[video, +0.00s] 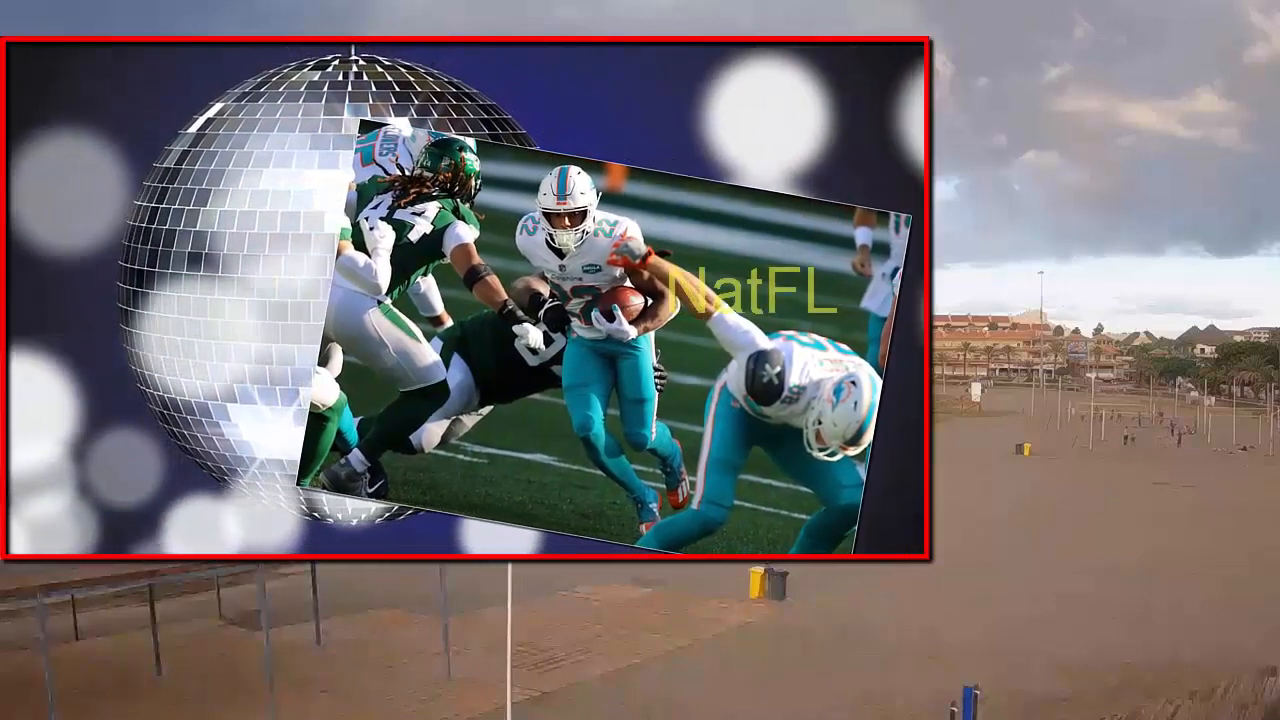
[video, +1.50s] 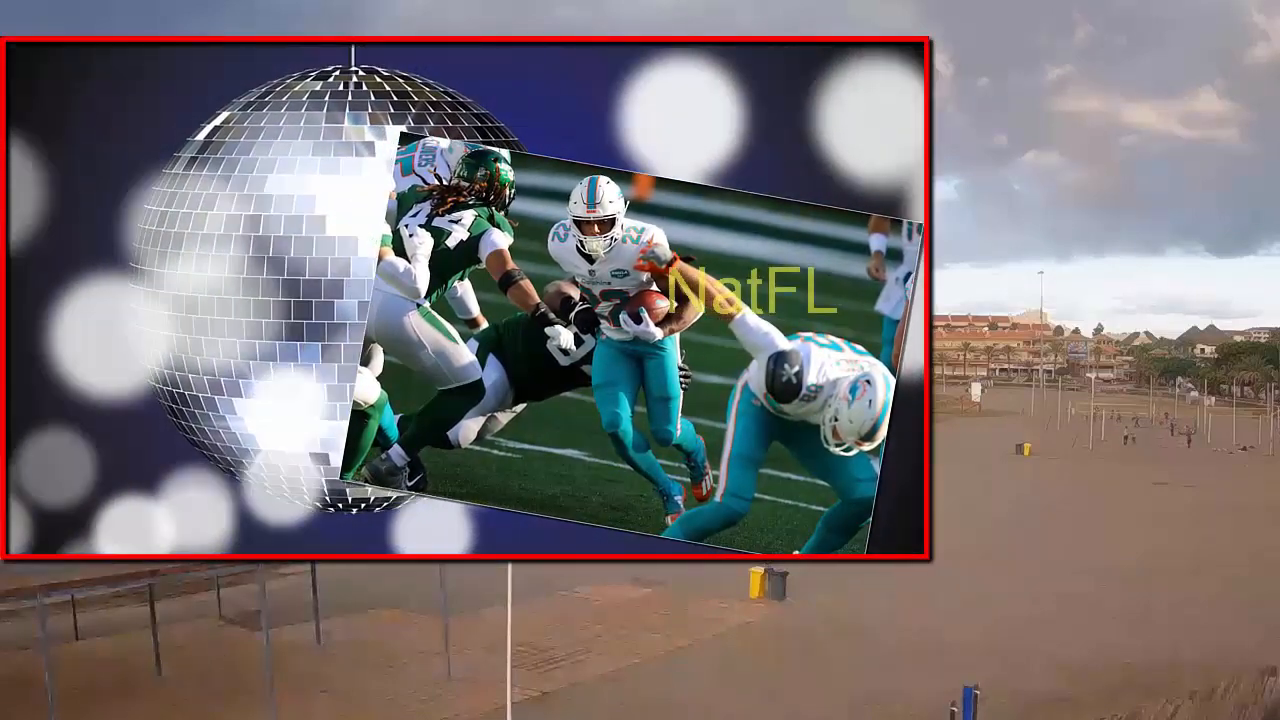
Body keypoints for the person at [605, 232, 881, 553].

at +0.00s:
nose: (829, 453)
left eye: (842, 450)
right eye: (825, 442)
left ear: (867, 429)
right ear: (817, 409)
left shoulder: (877, 414)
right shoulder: (769, 366)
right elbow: (707, 304)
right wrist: (647, 260)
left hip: (793, 423)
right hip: (739, 400)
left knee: (852, 500)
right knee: (711, 513)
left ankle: (792, 578)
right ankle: (631, 565)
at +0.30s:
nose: (832, 452)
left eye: (845, 449)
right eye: (828, 439)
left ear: (871, 428)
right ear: (820, 408)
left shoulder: (881, 414)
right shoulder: (775, 370)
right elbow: (711, 305)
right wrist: (653, 261)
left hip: (797, 423)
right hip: (744, 400)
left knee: (854, 498)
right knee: (715, 511)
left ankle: (794, 576)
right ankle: (633, 565)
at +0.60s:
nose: (833, 446)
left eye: (848, 445)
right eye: (831, 434)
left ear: (871, 429)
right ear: (824, 405)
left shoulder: (882, 415)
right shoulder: (782, 371)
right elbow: (717, 307)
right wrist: (660, 263)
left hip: (800, 423)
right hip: (747, 400)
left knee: (857, 499)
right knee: (720, 510)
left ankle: (797, 574)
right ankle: (639, 557)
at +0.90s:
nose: (838, 449)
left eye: (851, 446)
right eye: (835, 436)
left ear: (875, 428)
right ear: (827, 405)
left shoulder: (885, 413)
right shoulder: (787, 371)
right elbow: (721, 306)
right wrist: (665, 263)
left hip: (804, 422)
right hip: (751, 400)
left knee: (860, 498)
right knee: (725, 508)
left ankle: (799, 572)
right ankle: (648, 554)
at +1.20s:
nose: (839, 448)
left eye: (853, 446)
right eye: (837, 435)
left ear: (877, 428)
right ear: (831, 404)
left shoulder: (888, 411)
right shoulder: (790, 370)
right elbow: (725, 307)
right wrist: (670, 263)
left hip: (807, 421)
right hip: (755, 399)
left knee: (862, 496)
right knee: (728, 507)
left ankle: (801, 569)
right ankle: (651, 557)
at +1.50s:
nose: (843, 448)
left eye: (856, 445)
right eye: (840, 437)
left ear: (879, 426)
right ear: (833, 406)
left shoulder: (889, 409)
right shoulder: (793, 372)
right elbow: (729, 307)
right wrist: (674, 264)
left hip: (810, 420)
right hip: (759, 398)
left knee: (865, 494)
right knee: (733, 506)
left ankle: (805, 563)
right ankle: (657, 553)